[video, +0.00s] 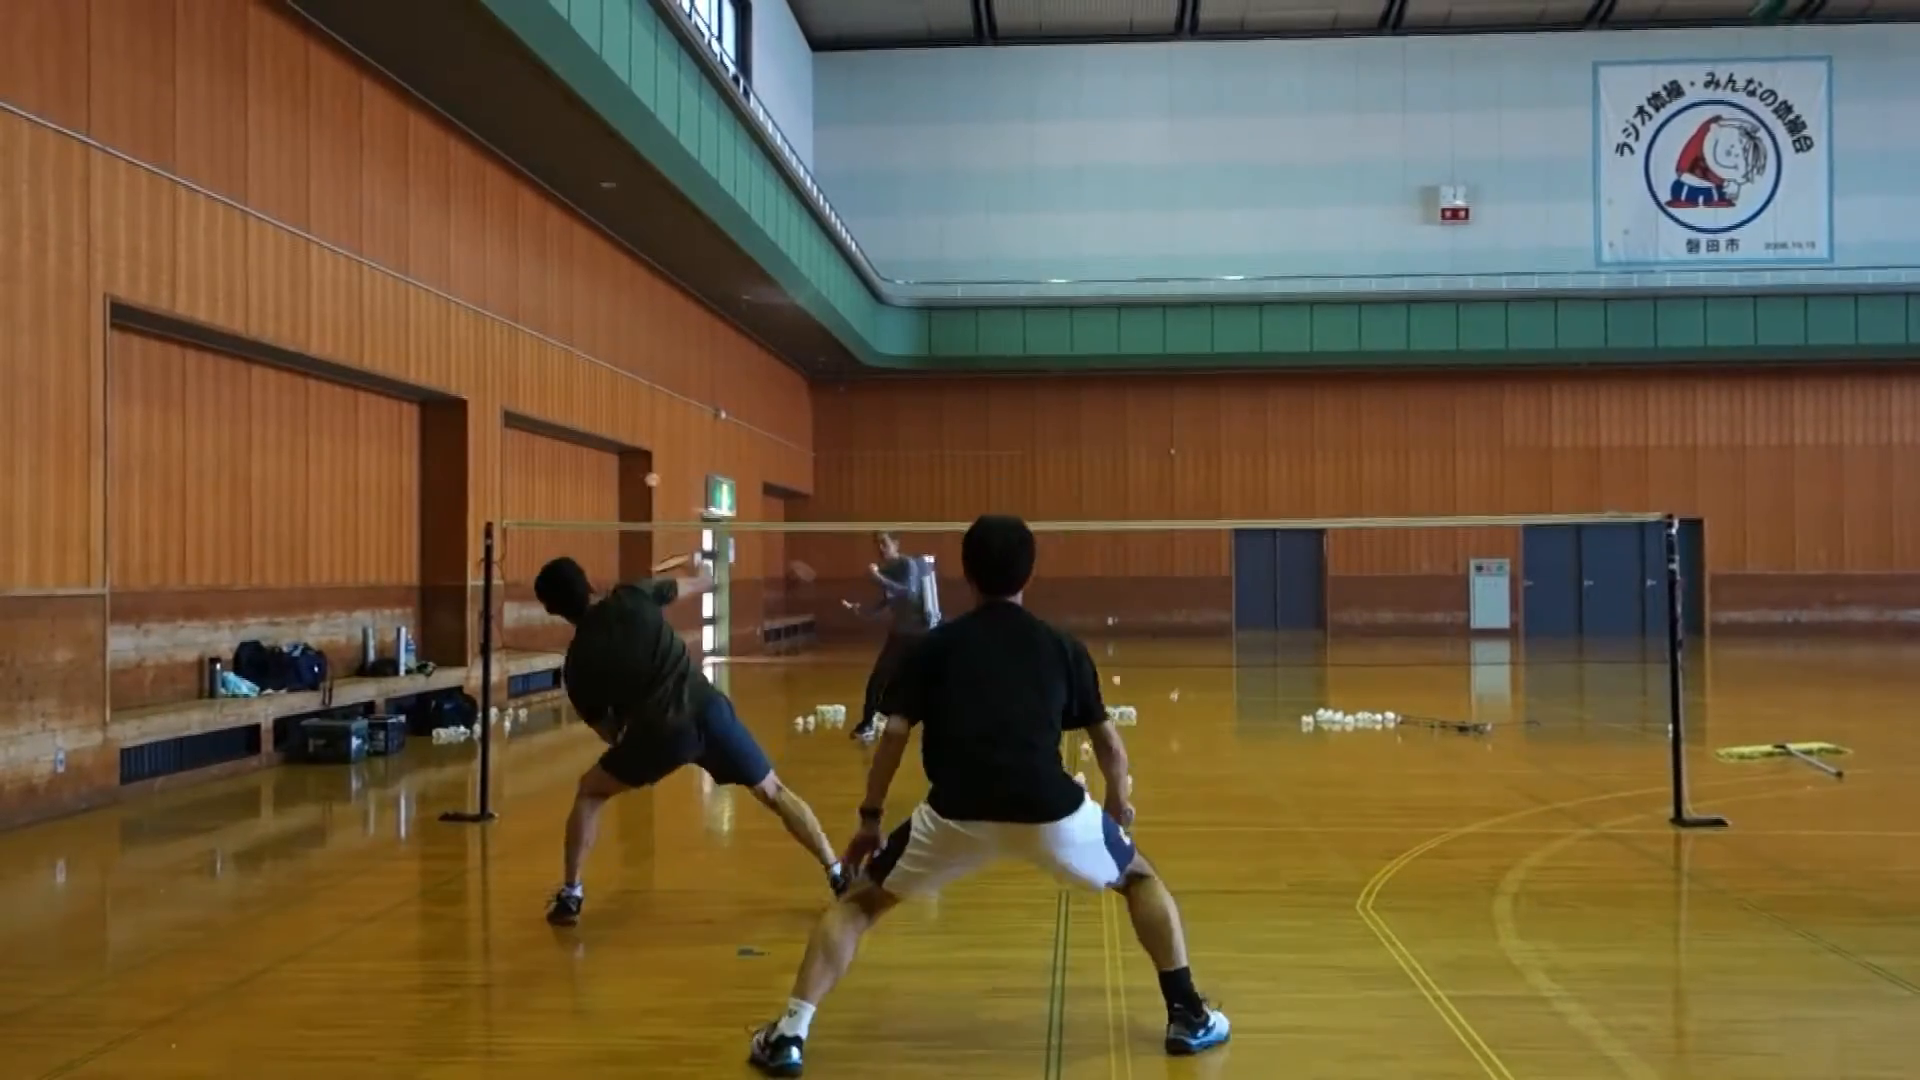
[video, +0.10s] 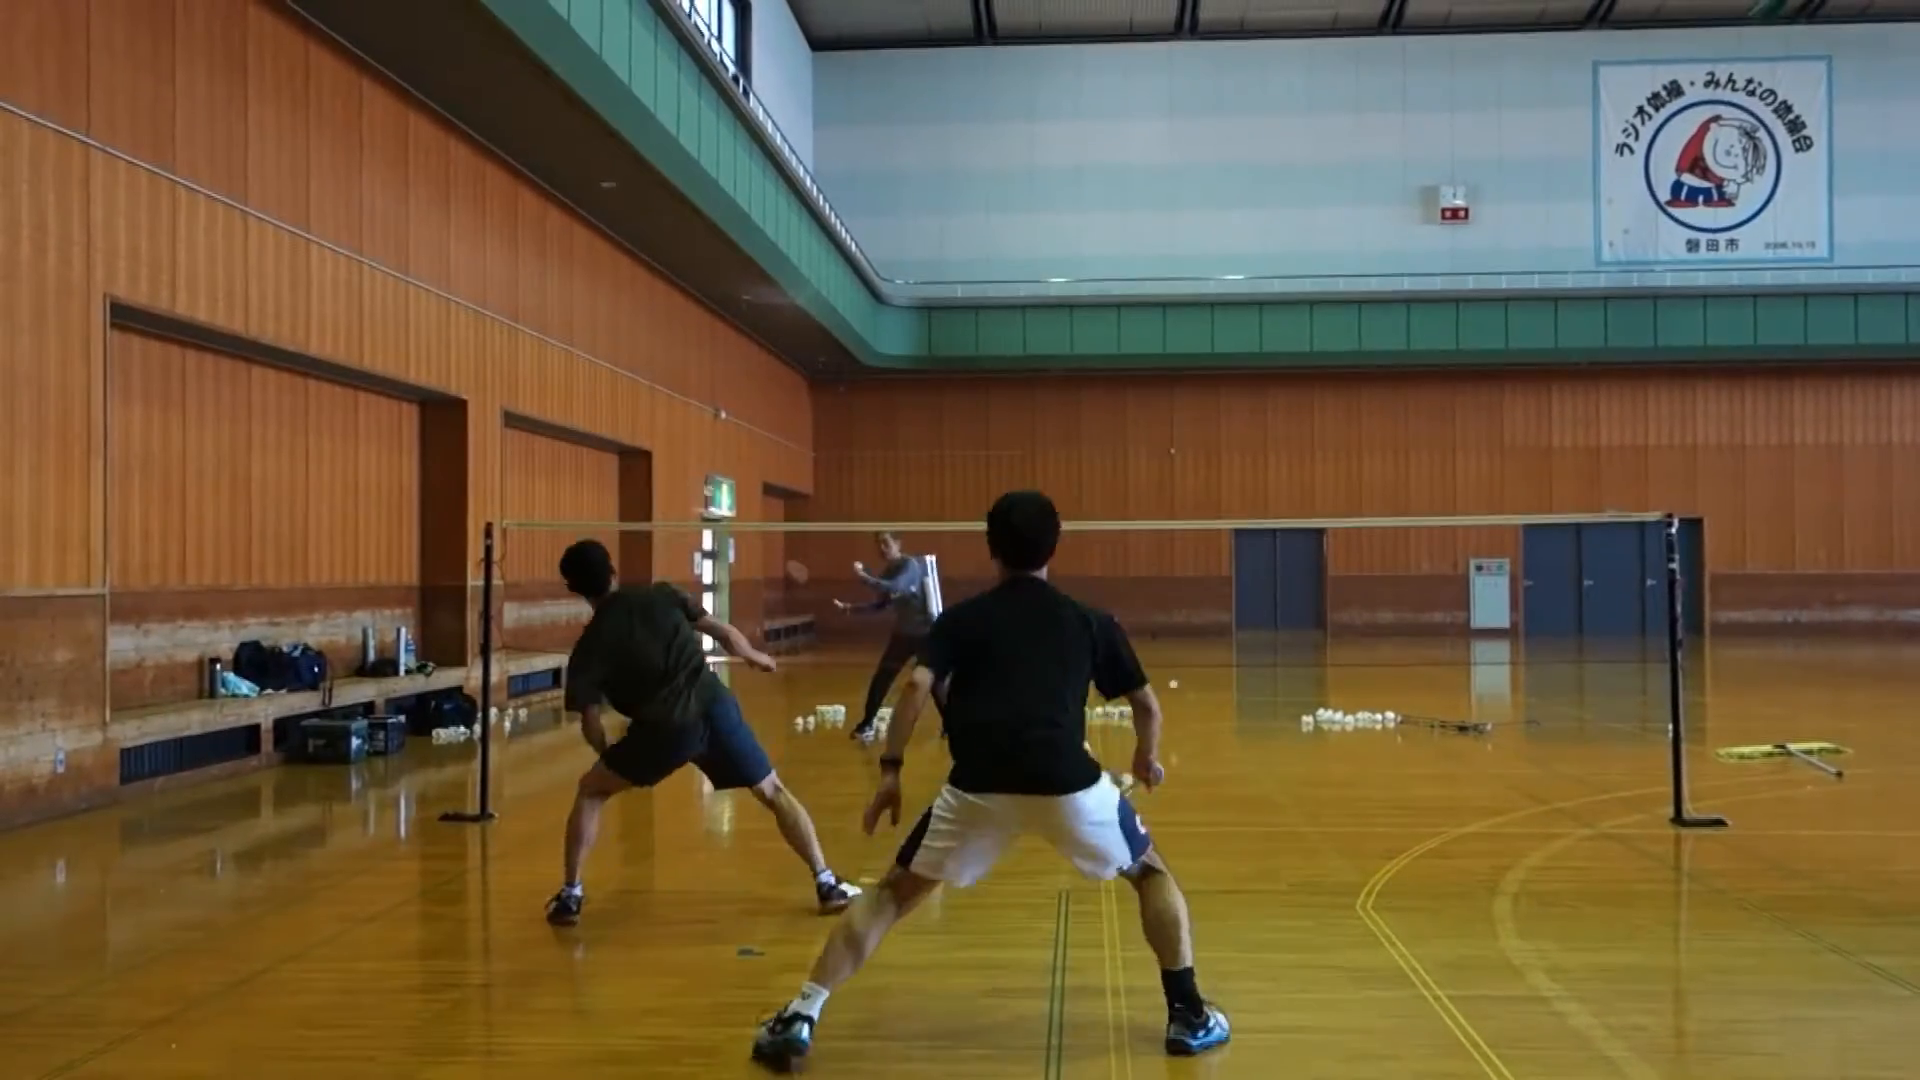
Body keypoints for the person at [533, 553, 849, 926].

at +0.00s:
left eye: (550, 606)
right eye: (584, 577)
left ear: (555, 612)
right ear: (587, 583)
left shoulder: (578, 666)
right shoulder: (634, 595)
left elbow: (608, 730)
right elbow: (700, 584)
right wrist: (695, 567)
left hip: (660, 734)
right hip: (708, 710)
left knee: (591, 792)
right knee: (775, 791)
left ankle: (571, 891)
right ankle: (837, 872)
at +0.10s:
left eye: (571, 582)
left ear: (574, 589)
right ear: (613, 571)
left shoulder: (588, 649)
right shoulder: (661, 595)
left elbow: (592, 725)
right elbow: (720, 629)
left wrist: (613, 758)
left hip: (664, 733)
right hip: (718, 711)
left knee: (591, 790)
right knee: (774, 793)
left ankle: (570, 894)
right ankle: (826, 880)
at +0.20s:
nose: (618, 561)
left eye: (619, 554)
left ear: (622, 557)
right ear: (663, 546)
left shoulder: (627, 613)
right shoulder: (706, 578)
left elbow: (607, 675)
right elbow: (742, 625)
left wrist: (603, 728)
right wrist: (777, 670)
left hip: (680, 722)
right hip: (738, 703)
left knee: (623, 795)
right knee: (801, 773)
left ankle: (578, 884)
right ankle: (825, 872)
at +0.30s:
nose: (723, 535)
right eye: (722, 529)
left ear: (680, 542)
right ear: (721, 534)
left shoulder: (670, 595)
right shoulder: (754, 574)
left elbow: (650, 663)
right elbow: (786, 627)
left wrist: (647, 710)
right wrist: (815, 677)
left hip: (705, 711)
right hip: (764, 702)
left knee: (665, 780)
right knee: (837, 766)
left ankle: (639, 868)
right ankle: (864, 860)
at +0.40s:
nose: (774, 542)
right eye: (772, 536)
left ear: (730, 546)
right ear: (771, 541)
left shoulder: (713, 601)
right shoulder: (800, 586)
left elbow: (689, 666)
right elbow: (827, 645)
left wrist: (692, 710)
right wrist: (857, 686)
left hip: (741, 718)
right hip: (798, 711)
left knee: (702, 796)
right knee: (865, 788)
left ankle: (666, 883)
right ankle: (884, 884)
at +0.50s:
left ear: (770, 546)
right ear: (811, 542)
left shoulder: (759, 599)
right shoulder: (837, 585)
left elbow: (729, 669)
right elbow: (862, 642)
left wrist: (736, 722)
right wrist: (888, 694)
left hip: (778, 714)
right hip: (832, 708)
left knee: (739, 781)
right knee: (912, 761)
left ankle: (703, 862)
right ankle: (927, 853)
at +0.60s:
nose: (863, 553)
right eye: (860, 548)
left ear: (818, 556)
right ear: (857, 554)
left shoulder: (802, 610)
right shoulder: (878, 604)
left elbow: (794, 664)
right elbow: (893, 667)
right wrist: (929, 724)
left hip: (809, 725)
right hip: (865, 722)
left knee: (769, 802)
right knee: (946, 780)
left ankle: (738, 888)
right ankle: (995, 869)